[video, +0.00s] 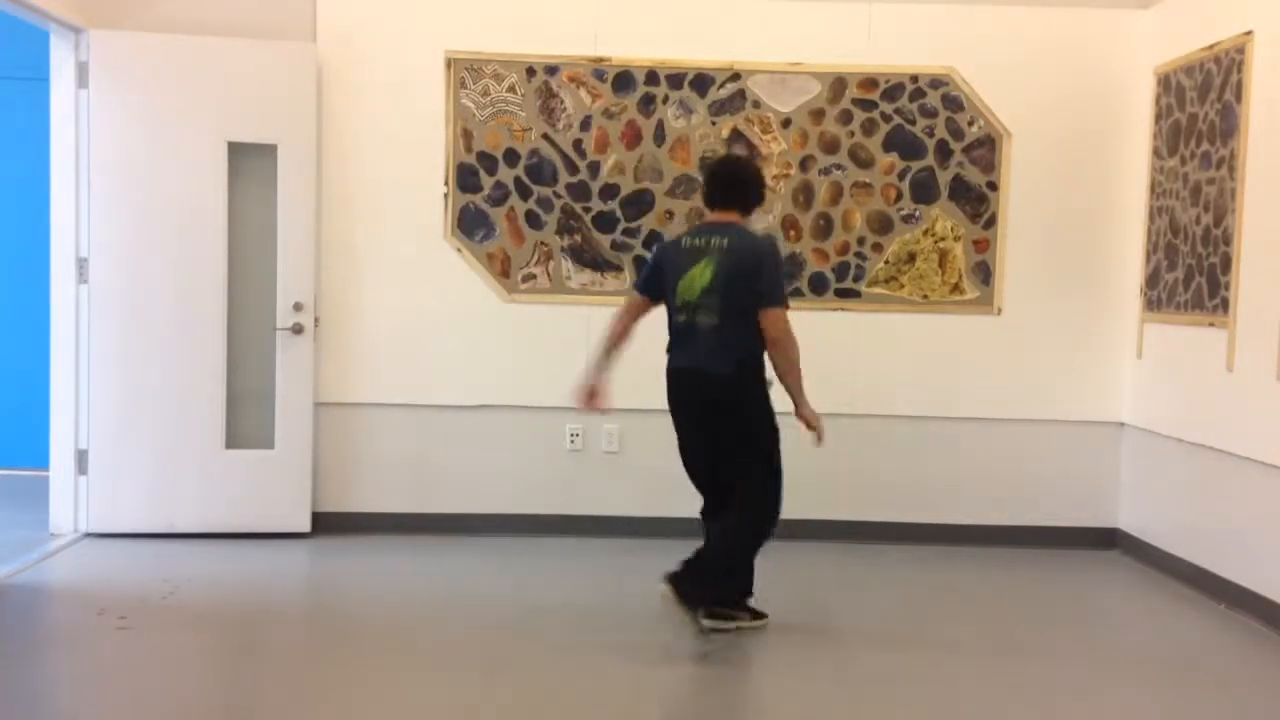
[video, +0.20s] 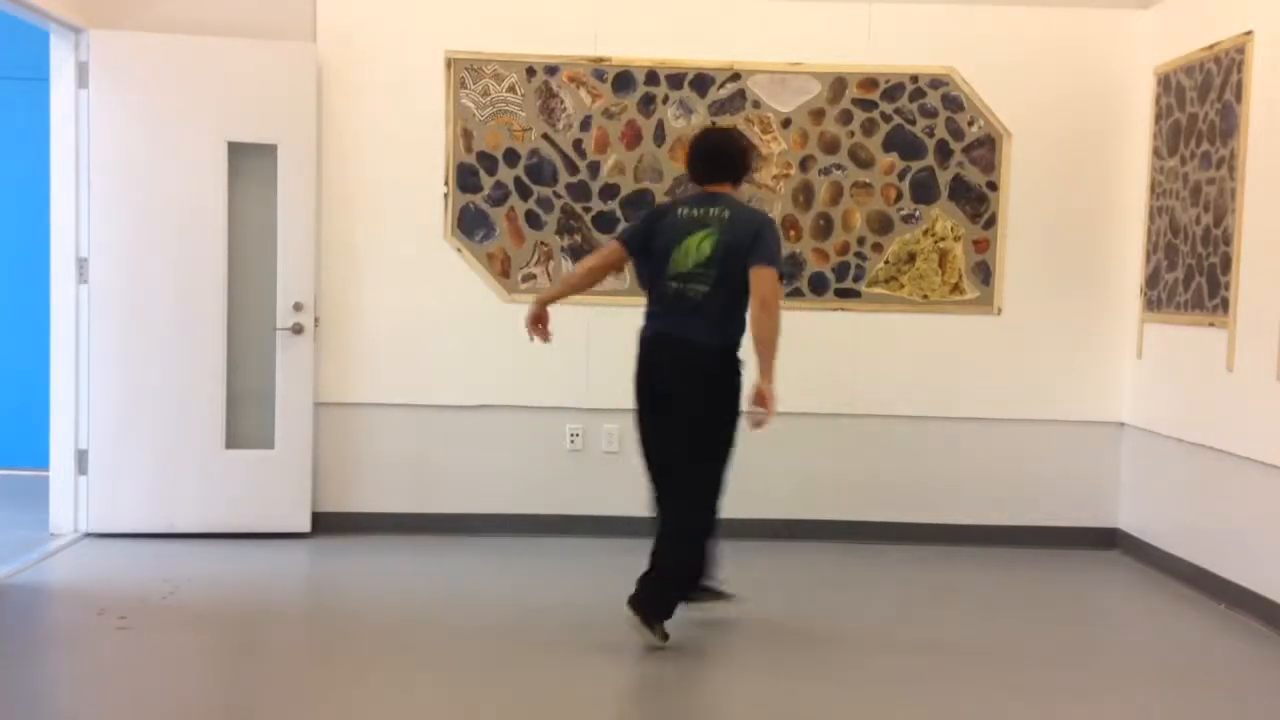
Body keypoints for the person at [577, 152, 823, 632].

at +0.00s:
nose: (759, 201)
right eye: (758, 194)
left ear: (707, 195)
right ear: (755, 199)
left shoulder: (674, 248)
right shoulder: (758, 250)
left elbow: (628, 314)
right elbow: (776, 333)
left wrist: (599, 372)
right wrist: (799, 399)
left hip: (684, 390)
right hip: (738, 389)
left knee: (721, 493)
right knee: (761, 497)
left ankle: (724, 599)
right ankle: (697, 581)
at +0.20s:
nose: (750, 176)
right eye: (749, 168)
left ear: (692, 170)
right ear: (743, 173)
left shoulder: (662, 216)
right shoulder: (755, 225)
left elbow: (600, 264)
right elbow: (765, 299)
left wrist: (546, 299)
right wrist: (765, 375)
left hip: (656, 360)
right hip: (712, 365)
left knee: (671, 473)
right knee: (696, 483)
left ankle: (689, 576)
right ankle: (653, 600)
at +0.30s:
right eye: (730, 175)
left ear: (675, 179)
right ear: (728, 180)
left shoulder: (651, 225)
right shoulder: (747, 238)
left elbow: (594, 283)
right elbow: (754, 316)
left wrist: (556, 315)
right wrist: (747, 394)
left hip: (639, 380)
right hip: (700, 388)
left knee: (625, 481)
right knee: (681, 505)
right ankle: (637, 613)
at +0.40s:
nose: (717, 196)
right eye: (715, 189)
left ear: (659, 194)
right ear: (712, 196)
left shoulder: (632, 247)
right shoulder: (728, 257)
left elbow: (594, 325)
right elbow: (739, 344)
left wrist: (609, 363)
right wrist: (740, 407)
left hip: (626, 396)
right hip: (688, 405)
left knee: (583, 486)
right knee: (677, 522)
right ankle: (629, 626)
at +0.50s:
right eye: (689, 183)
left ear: (639, 190)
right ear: (690, 187)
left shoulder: (620, 246)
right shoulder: (711, 243)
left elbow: (612, 316)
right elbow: (736, 324)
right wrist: (728, 344)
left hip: (613, 390)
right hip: (675, 398)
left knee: (567, 486)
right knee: (666, 514)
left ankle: (491, 587)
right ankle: (629, 627)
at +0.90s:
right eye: (631, 191)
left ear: (572, 196)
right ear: (632, 196)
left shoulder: (547, 257)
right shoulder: (655, 250)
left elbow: (535, 343)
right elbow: (659, 342)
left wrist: (584, 329)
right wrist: (606, 328)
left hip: (555, 413)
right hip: (627, 413)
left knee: (543, 533)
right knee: (662, 527)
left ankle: (535, 664)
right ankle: (679, 654)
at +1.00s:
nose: (566, 176)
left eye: (565, 167)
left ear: (563, 172)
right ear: (621, 167)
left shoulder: (541, 234)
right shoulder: (656, 229)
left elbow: (517, 322)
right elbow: (669, 322)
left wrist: (508, 374)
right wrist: (631, 355)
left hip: (564, 389)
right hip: (637, 390)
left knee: (548, 519)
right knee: (635, 510)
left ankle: (540, 659)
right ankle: (634, 637)